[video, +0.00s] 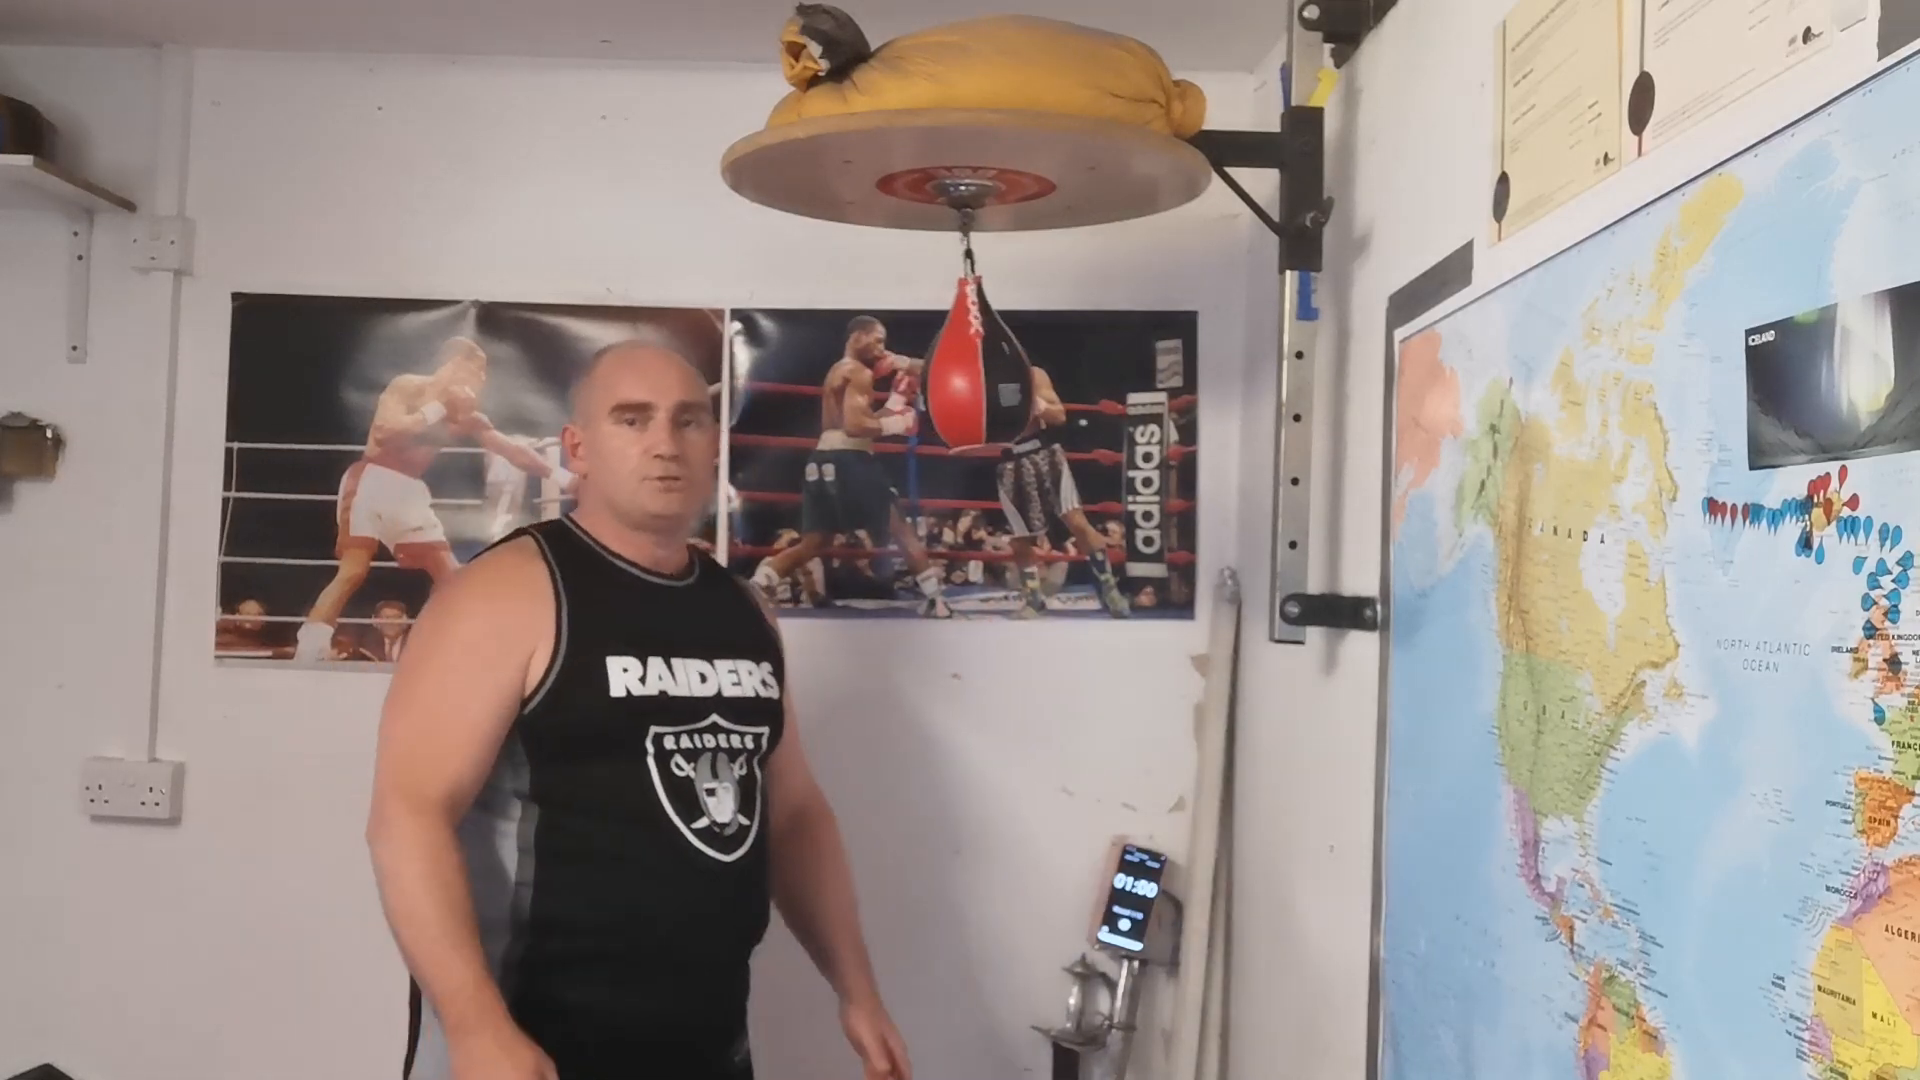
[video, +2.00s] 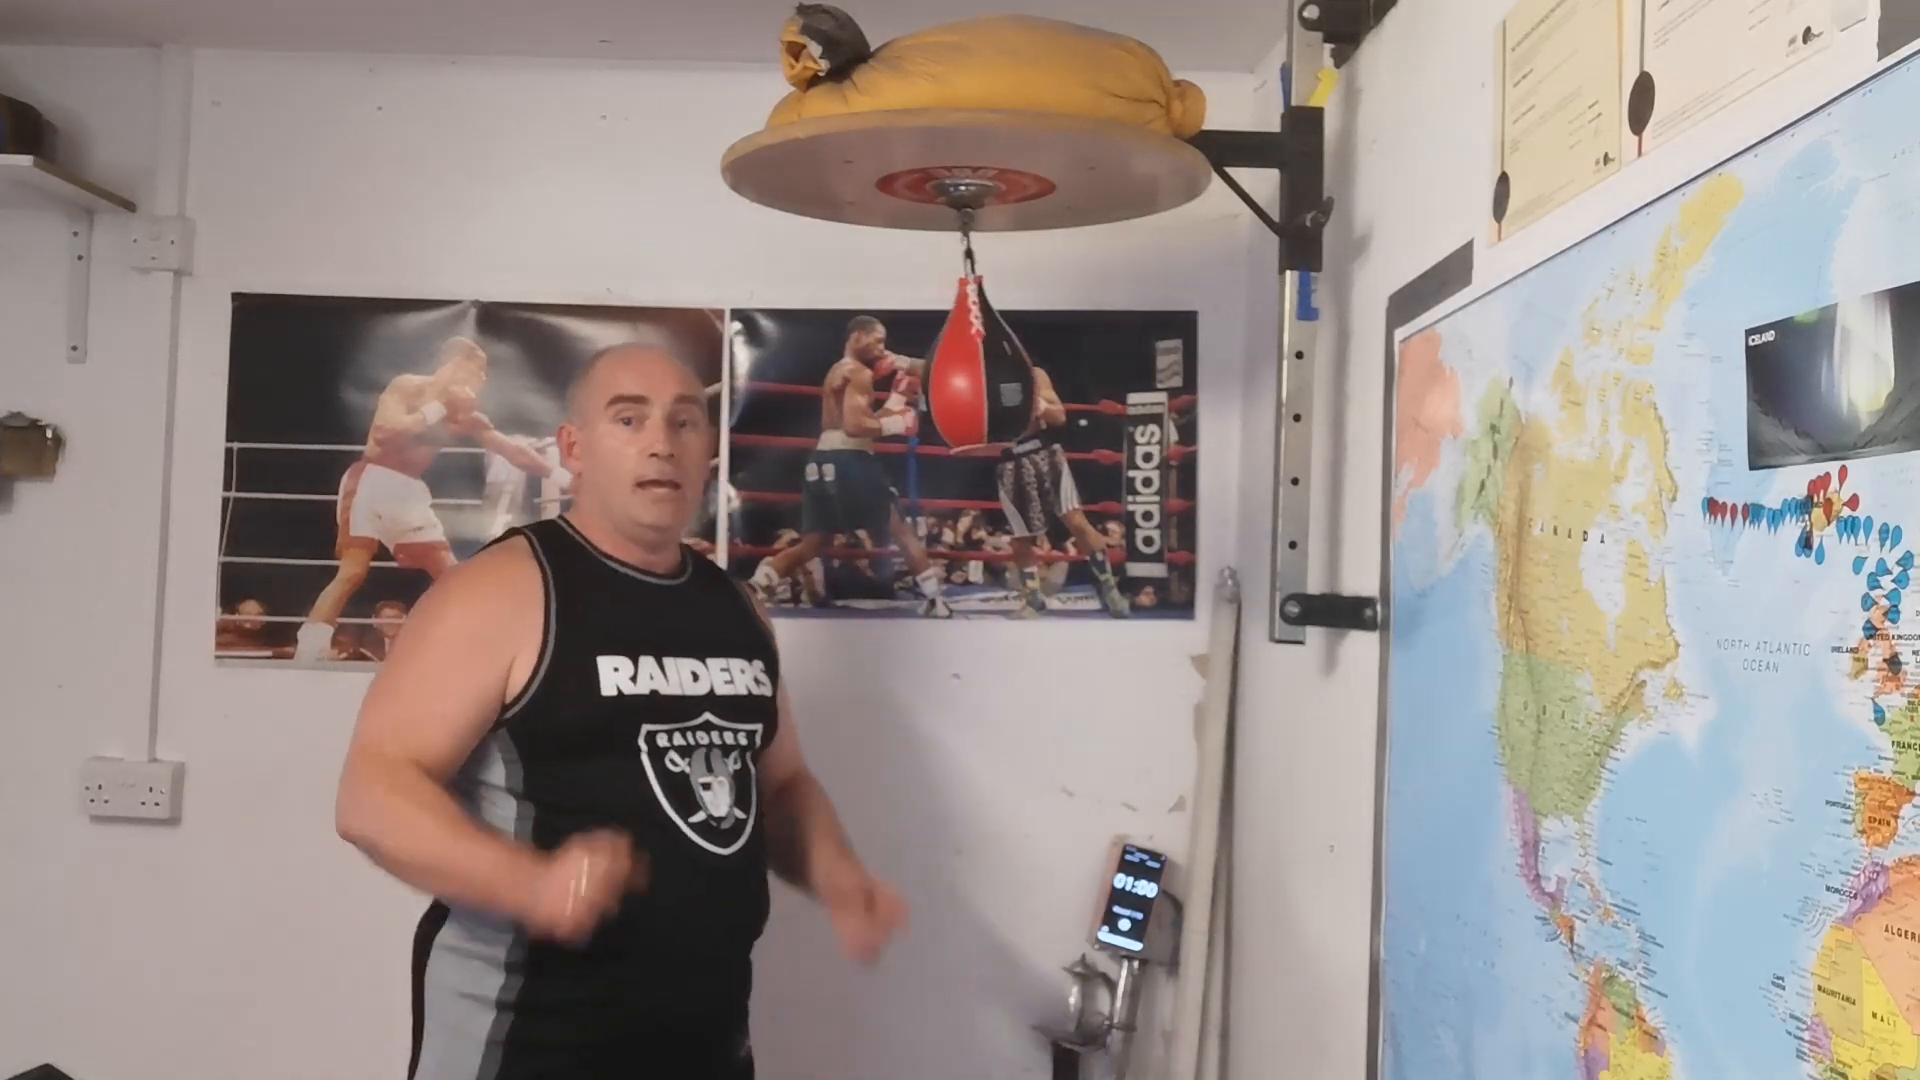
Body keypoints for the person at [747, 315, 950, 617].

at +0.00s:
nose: (881, 349)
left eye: (882, 343)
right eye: (877, 342)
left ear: (856, 340)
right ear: (858, 337)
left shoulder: (834, 373)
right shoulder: (858, 372)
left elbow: (848, 422)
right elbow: (854, 425)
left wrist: (887, 411)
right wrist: (894, 423)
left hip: (821, 462)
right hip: (852, 463)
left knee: (815, 542)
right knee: (903, 530)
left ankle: (756, 586)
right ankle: (936, 600)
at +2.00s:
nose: (881, 349)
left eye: (883, 343)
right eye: (878, 342)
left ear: (855, 340)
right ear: (857, 337)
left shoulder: (833, 374)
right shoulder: (858, 373)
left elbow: (849, 422)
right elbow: (855, 425)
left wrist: (889, 408)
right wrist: (896, 423)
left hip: (820, 462)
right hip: (853, 463)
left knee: (814, 542)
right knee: (902, 531)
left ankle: (755, 587)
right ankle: (935, 598)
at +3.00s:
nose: (881, 348)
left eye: (882, 343)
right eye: (878, 341)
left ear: (857, 340)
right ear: (857, 337)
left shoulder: (834, 374)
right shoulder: (858, 373)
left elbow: (851, 424)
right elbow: (854, 426)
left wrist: (890, 407)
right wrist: (895, 423)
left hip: (820, 463)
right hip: (852, 463)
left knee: (815, 542)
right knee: (901, 529)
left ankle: (756, 587)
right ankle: (936, 598)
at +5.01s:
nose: (881, 349)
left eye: (883, 343)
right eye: (878, 342)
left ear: (856, 340)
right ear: (858, 338)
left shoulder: (834, 373)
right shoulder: (859, 373)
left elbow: (847, 421)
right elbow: (854, 425)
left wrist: (885, 411)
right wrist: (890, 425)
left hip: (820, 463)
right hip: (852, 463)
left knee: (814, 542)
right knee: (902, 531)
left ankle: (755, 587)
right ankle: (935, 598)